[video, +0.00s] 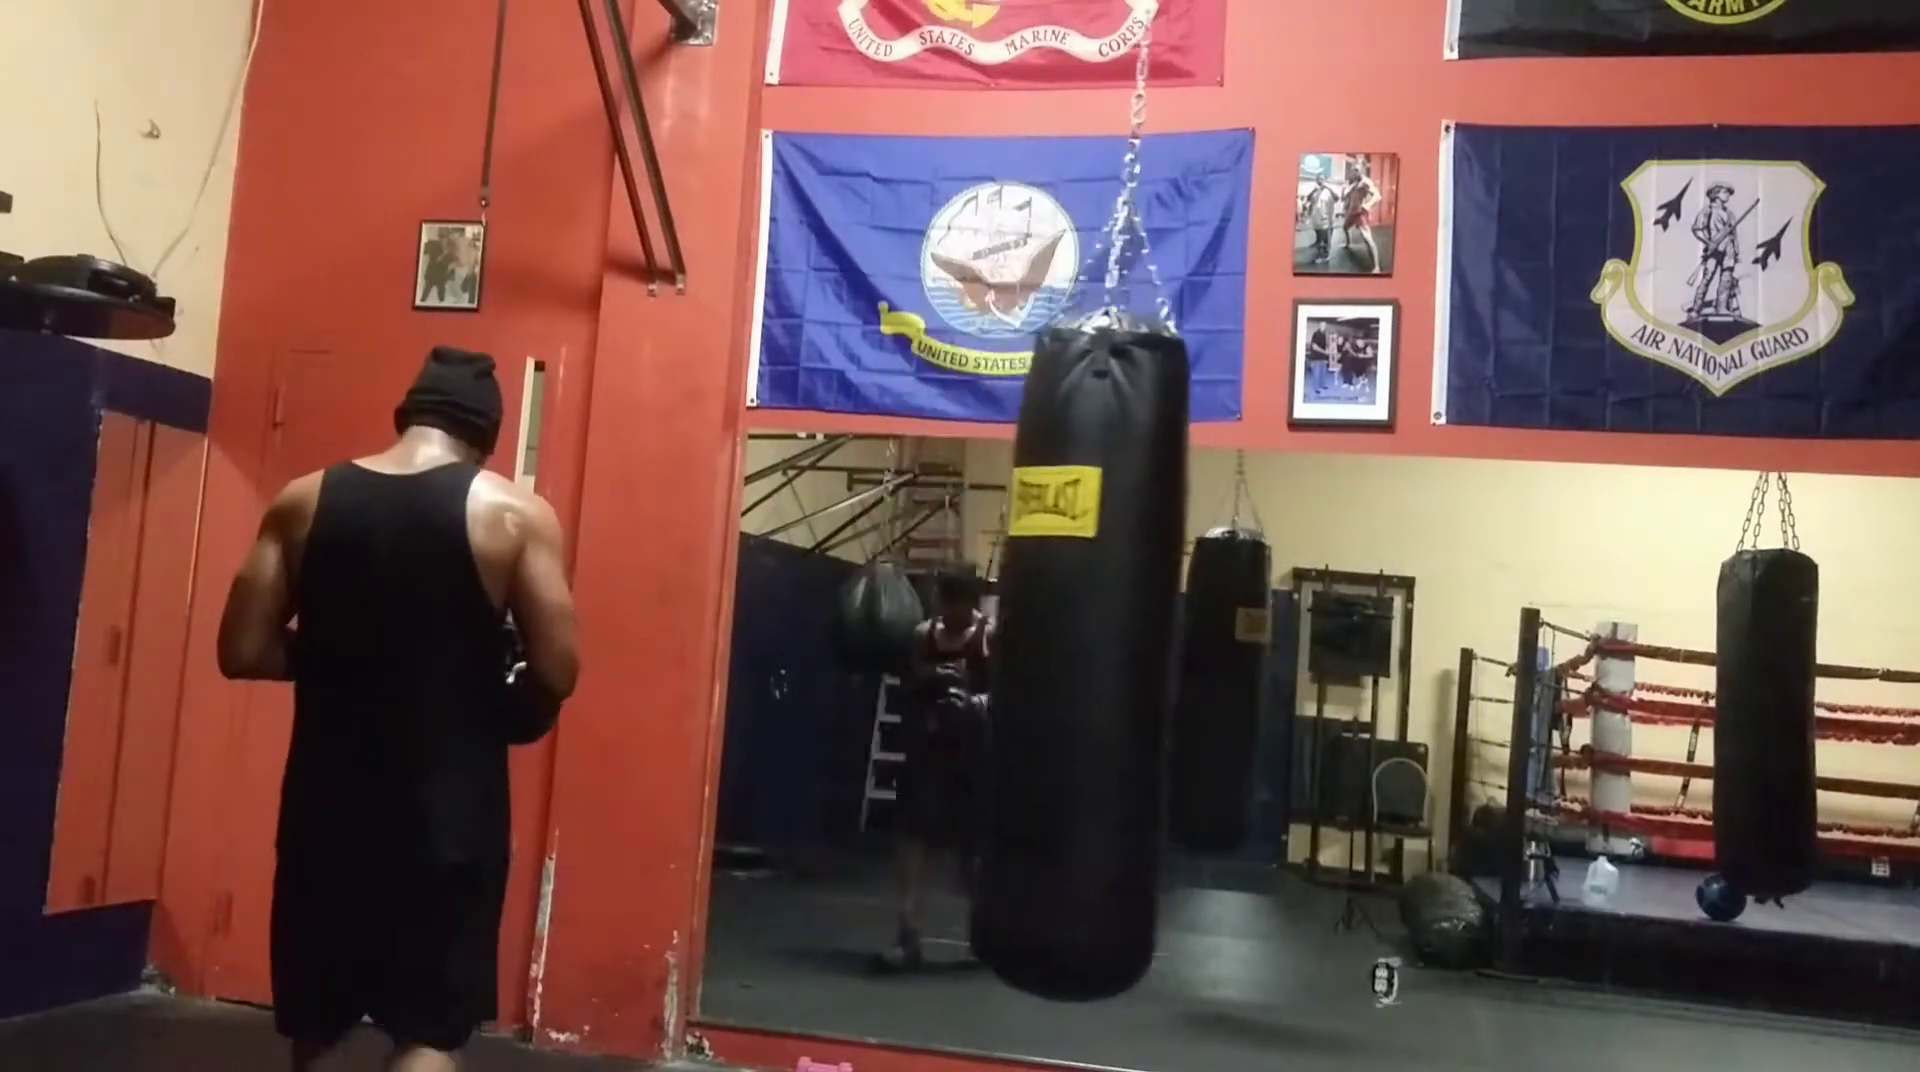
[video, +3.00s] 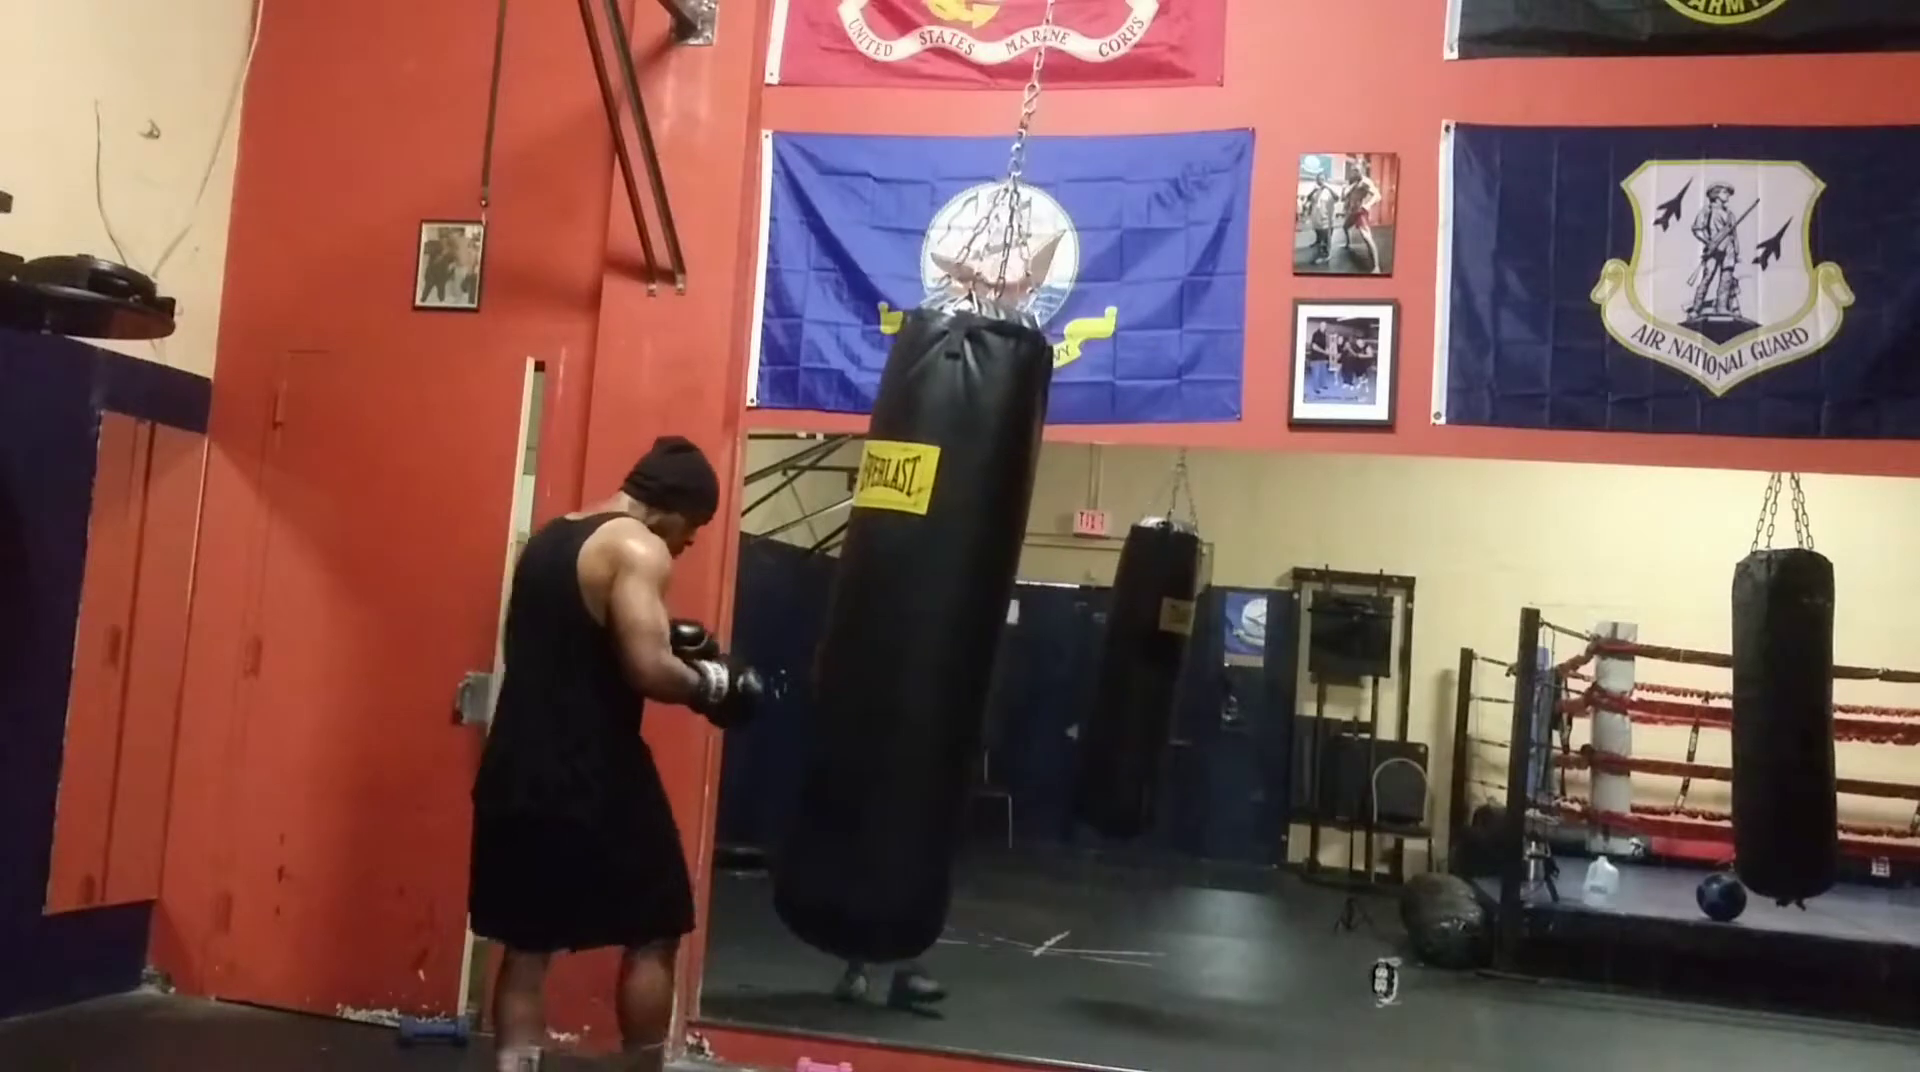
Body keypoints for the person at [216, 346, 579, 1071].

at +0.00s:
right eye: (486, 434)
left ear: (404, 418)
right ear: (488, 437)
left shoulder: (307, 499)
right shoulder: (517, 516)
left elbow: (243, 652)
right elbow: (556, 671)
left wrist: (344, 653)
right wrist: (510, 712)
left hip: (324, 813)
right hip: (449, 824)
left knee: (315, 1030)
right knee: (430, 1032)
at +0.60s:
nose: (511, 487)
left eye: (514, 474)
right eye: (515, 474)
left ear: (440, 435)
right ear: (508, 461)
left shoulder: (332, 501)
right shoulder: (505, 517)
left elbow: (287, 645)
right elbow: (549, 671)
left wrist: (373, 610)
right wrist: (583, 664)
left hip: (336, 793)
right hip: (451, 800)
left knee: (332, 1006)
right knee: (463, 1001)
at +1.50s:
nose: (595, 529)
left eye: (597, 517)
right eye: (600, 518)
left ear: (538, 471)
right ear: (600, 506)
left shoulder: (431, 531)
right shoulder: (586, 553)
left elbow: (382, 661)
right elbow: (611, 698)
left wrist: (463, 635)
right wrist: (649, 695)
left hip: (424, 802)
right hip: (525, 815)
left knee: (400, 992)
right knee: (506, 1011)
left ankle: (381, 1061)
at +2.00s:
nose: (624, 526)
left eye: (629, 514)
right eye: (629, 513)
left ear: (567, 471)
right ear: (620, 492)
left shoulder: (467, 526)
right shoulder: (602, 542)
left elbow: (421, 654)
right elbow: (620, 678)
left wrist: (507, 635)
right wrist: (660, 684)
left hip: (464, 793)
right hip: (546, 802)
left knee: (481, 976)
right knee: (522, 987)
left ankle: (485, 1064)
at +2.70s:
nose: (659, 543)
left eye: (665, 531)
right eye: (663, 529)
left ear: (602, 491)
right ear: (648, 508)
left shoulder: (512, 541)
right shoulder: (626, 555)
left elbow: (461, 661)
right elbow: (642, 680)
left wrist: (555, 641)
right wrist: (687, 695)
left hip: (490, 786)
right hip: (576, 791)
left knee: (512, 961)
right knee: (605, 950)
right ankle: (525, 1061)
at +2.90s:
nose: (674, 542)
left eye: (681, 530)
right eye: (678, 528)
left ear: (620, 492)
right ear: (659, 508)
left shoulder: (532, 540)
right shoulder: (635, 554)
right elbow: (647, 672)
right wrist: (698, 692)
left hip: (508, 766)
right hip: (591, 771)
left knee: (528, 933)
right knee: (664, 919)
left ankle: (514, 1063)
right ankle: (589, 1052)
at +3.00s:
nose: (688, 539)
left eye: (695, 527)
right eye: (692, 525)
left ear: (634, 489)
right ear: (674, 507)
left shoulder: (551, 538)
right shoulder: (640, 550)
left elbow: (566, 644)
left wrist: (660, 636)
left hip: (518, 767)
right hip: (599, 774)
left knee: (527, 943)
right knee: (655, 932)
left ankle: (513, 1065)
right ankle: (646, 1064)